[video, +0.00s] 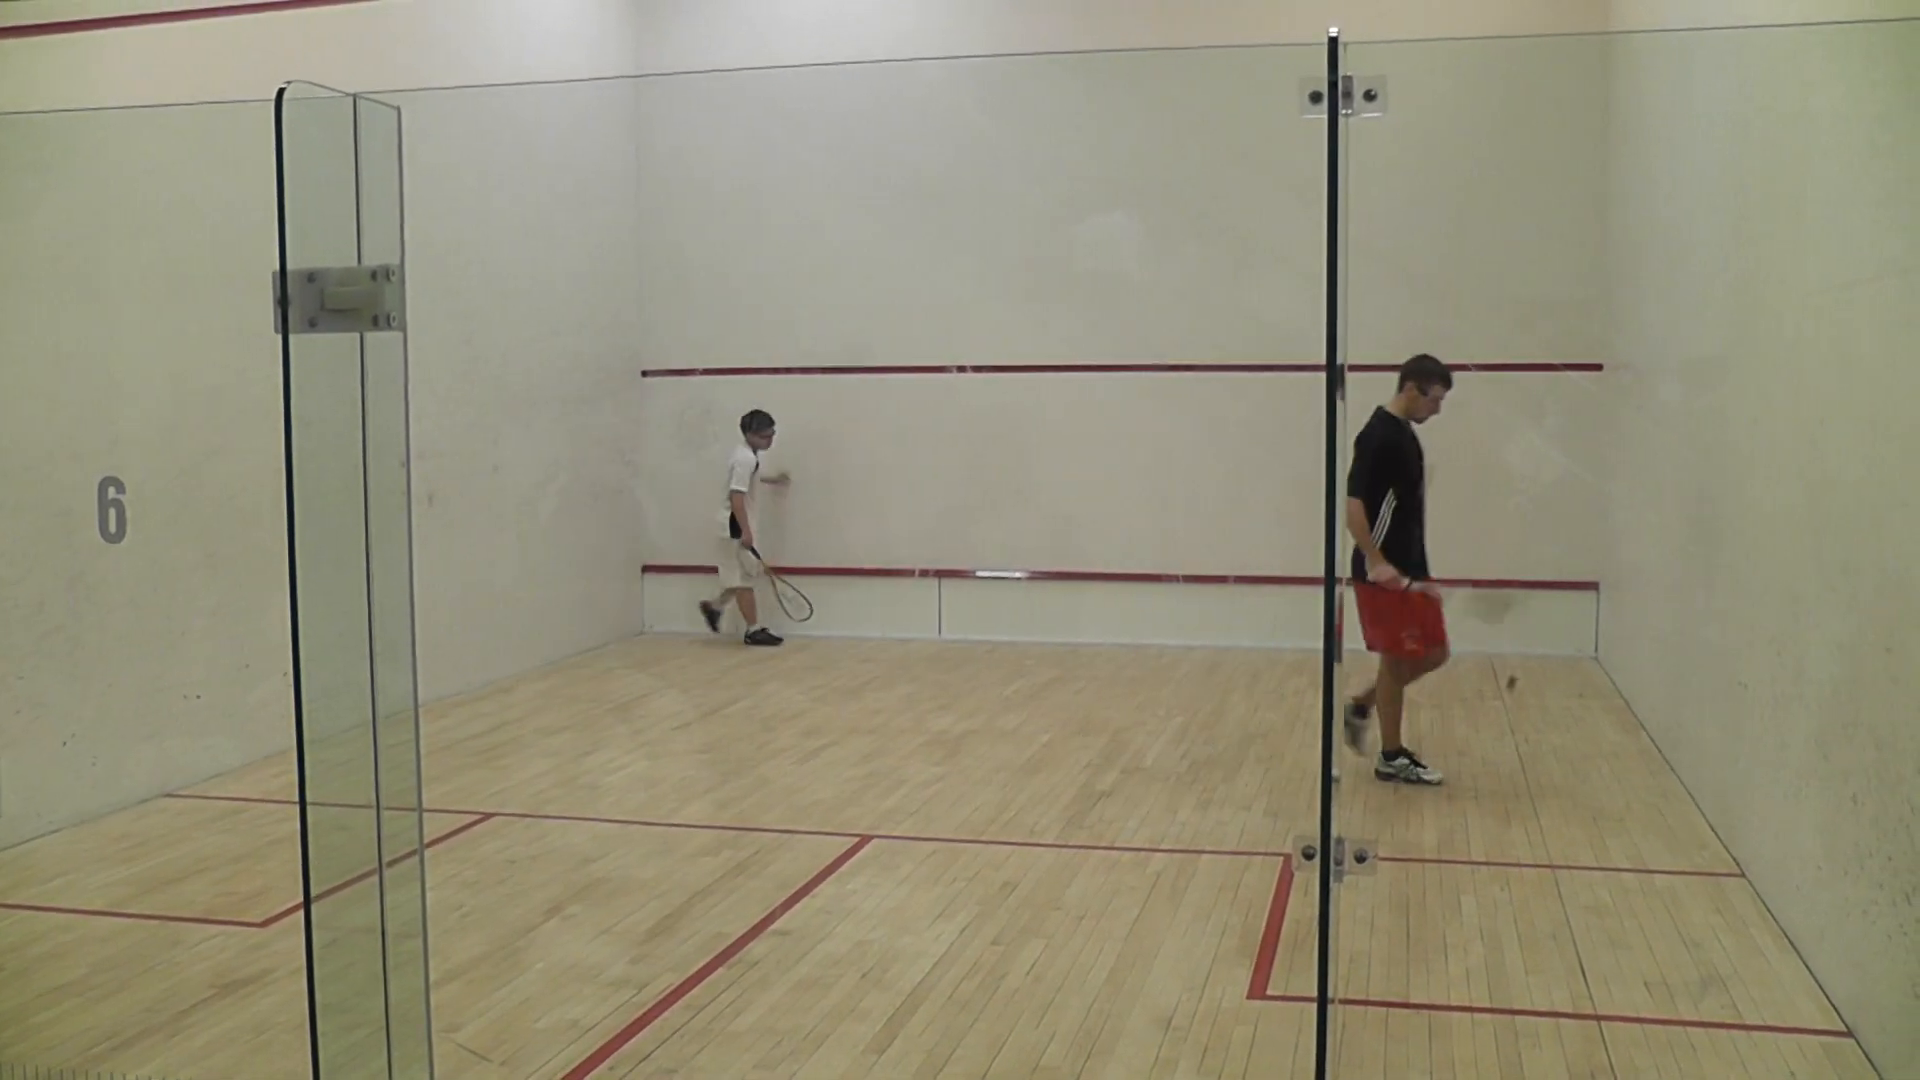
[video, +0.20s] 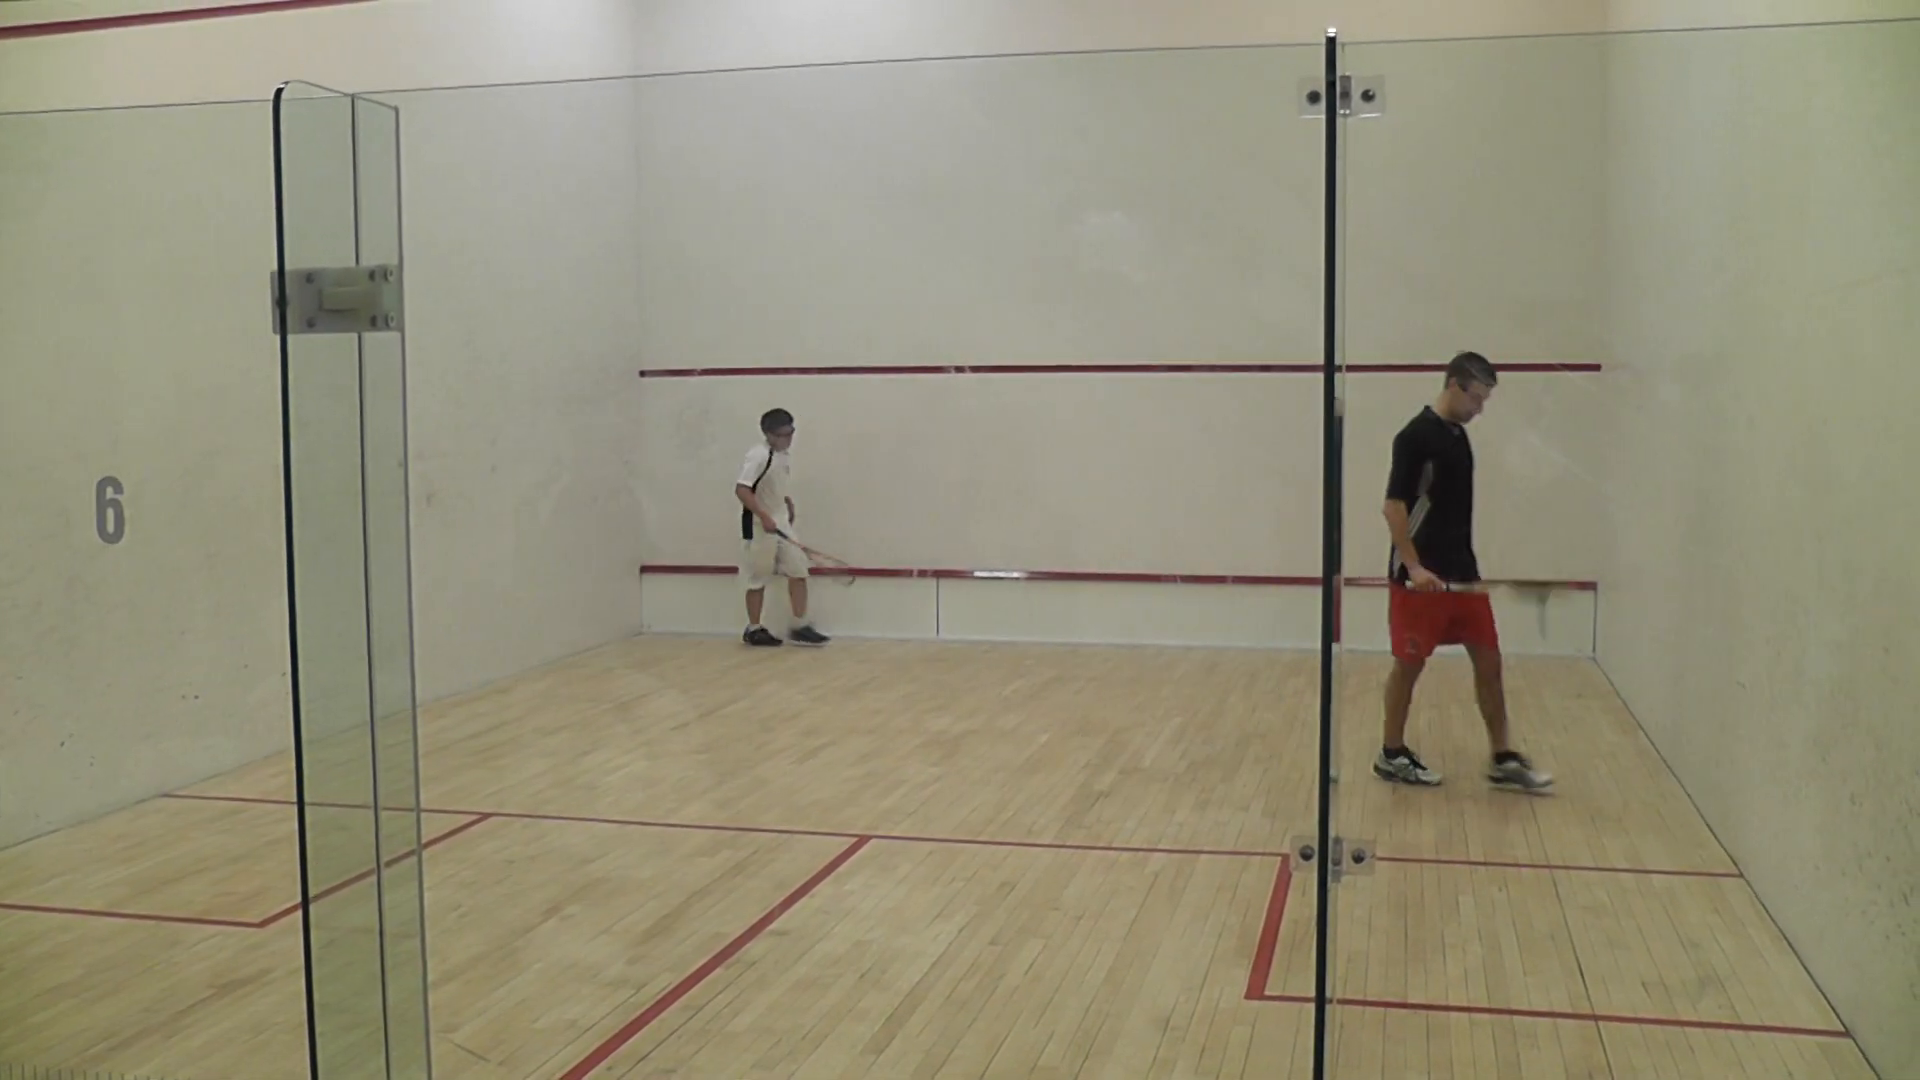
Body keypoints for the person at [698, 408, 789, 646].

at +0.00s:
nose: (771, 441)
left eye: (772, 435)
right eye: (766, 436)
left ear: (754, 436)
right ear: (751, 435)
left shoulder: (750, 455)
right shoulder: (745, 459)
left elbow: (751, 477)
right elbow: (736, 496)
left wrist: (770, 481)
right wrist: (745, 531)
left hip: (738, 527)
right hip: (732, 529)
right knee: (743, 576)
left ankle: (715, 605)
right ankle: (754, 628)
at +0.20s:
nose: (789, 439)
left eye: (791, 434)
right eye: (784, 435)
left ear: (792, 432)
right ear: (769, 435)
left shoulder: (784, 456)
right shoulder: (759, 456)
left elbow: (773, 486)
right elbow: (742, 489)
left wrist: (787, 502)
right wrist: (764, 517)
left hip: (781, 523)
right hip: (759, 525)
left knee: (798, 572)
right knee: (757, 578)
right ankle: (754, 627)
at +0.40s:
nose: (806, 437)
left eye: (808, 430)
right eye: (799, 433)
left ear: (811, 431)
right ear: (786, 436)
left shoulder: (812, 461)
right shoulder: (777, 457)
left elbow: (818, 489)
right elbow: (755, 489)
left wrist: (831, 509)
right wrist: (782, 513)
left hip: (808, 529)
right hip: (782, 533)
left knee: (817, 582)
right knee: (787, 586)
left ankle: (818, 635)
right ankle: (766, 616)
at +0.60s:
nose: (803, 430)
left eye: (807, 424)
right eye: (797, 426)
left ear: (815, 424)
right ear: (789, 429)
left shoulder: (828, 455)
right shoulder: (777, 456)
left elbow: (840, 483)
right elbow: (765, 490)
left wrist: (840, 496)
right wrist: (786, 510)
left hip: (819, 525)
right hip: (790, 526)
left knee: (821, 580)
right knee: (800, 578)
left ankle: (818, 632)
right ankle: (805, 633)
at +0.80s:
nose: (798, 431)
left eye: (802, 425)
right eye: (792, 427)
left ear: (812, 428)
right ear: (786, 433)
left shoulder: (830, 459)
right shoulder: (777, 466)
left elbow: (844, 488)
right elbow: (769, 501)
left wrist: (850, 497)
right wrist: (779, 524)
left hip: (825, 532)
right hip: (795, 534)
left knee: (828, 589)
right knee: (803, 589)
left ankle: (819, 628)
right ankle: (817, 643)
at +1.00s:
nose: (792, 419)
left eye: (796, 414)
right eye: (786, 416)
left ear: (807, 418)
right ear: (780, 423)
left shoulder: (824, 451)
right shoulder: (771, 457)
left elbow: (844, 485)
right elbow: (758, 491)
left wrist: (859, 512)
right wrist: (772, 519)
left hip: (818, 527)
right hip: (786, 530)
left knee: (823, 579)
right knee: (800, 588)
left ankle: (830, 622)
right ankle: (815, 639)